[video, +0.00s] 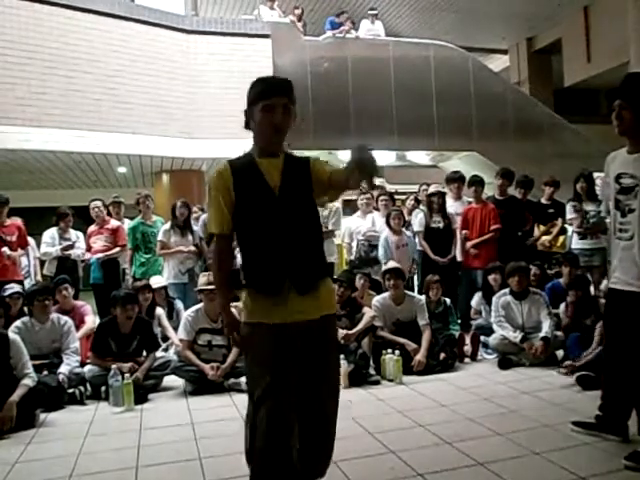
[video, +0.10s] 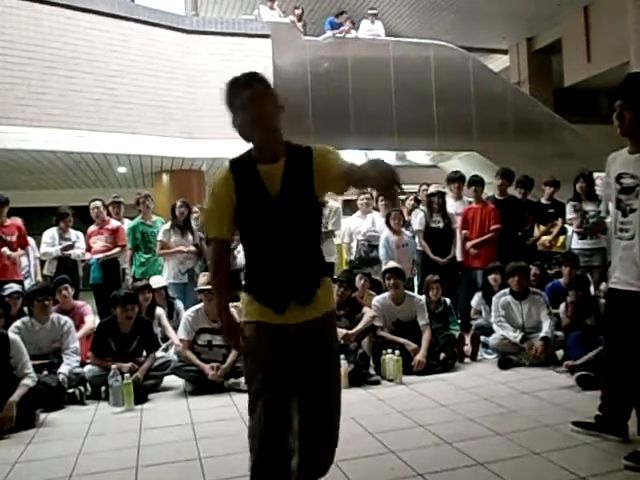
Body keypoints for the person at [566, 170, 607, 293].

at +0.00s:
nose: (582, 186)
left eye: (585, 182)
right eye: (579, 182)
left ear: (590, 185)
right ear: (575, 185)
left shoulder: (600, 204)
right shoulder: (572, 204)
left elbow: (605, 224)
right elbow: (577, 226)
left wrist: (586, 229)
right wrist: (598, 226)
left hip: (598, 246)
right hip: (579, 247)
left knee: (597, 284)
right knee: (579, 283)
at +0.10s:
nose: (581, 186)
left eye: (584, 182)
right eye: (578, 182)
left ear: (590, 185)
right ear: (575, 185)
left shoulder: (599, 203)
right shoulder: (572, 204)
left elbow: (603, 223)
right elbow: (576, 225)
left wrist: (585, 229)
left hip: (598, 247)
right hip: (579, 247)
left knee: (597, 284)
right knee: (579, 283)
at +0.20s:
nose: (582, 186)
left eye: (585, 182)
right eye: (579, 182)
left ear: (590, 184)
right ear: (575, 185)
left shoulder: (599, 202)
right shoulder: (572, 204)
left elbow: (603, 223)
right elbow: (576, 225)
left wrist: (585, 229)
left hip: (598, 247)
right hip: (579, 247)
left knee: (598, 285)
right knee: (580, 284)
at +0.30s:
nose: (582, 186)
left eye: (585, 182)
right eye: (579, 182)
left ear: (591, 184)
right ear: (575, 185)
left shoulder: (600, 202)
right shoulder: (572, 204)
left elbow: (604, 223)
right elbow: (576, 225)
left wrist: (586, 229)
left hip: (598, 247)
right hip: (579, 247)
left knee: (598, 285)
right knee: (580, 284)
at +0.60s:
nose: (583, 185)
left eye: (586, 182)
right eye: (580, 182)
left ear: (591, 184)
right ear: (575, 185)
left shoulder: (601, 202)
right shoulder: (571, 204)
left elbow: (603, 224)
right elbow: (575, 226)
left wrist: (585, 229)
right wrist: (581, 213)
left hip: (598, 247)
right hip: (579, 247)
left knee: (598, 283)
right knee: (580, 283)